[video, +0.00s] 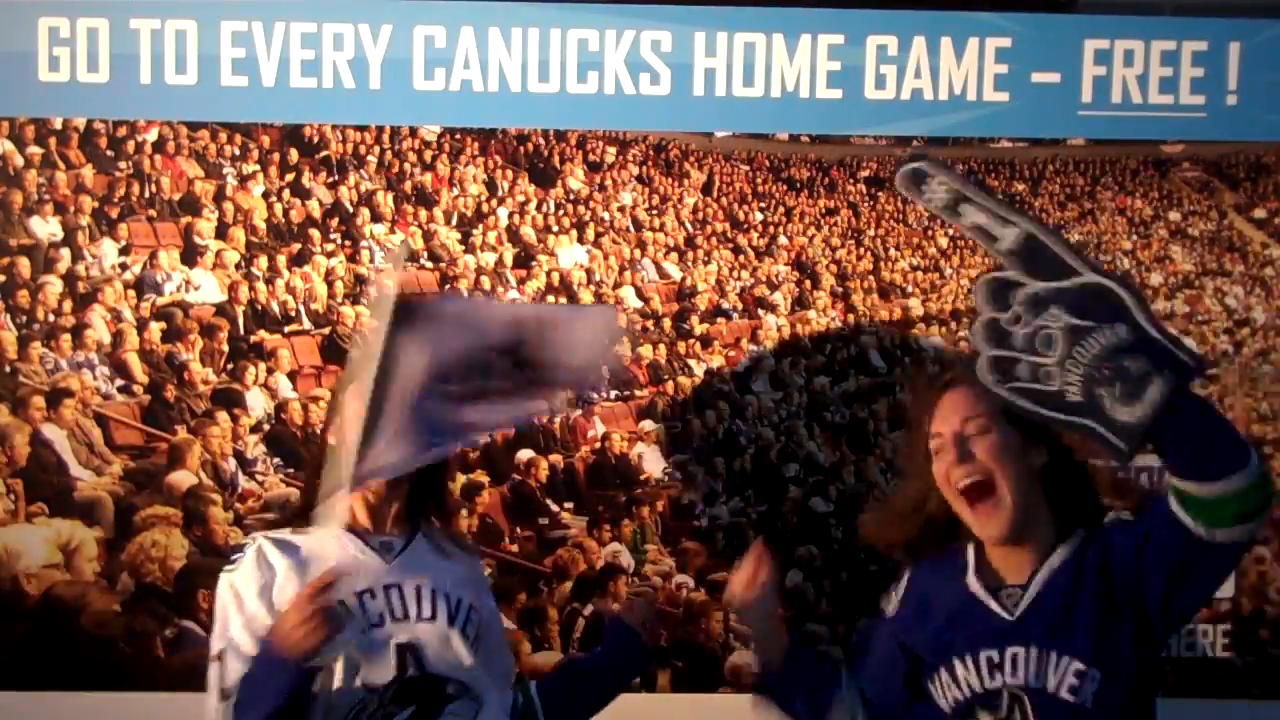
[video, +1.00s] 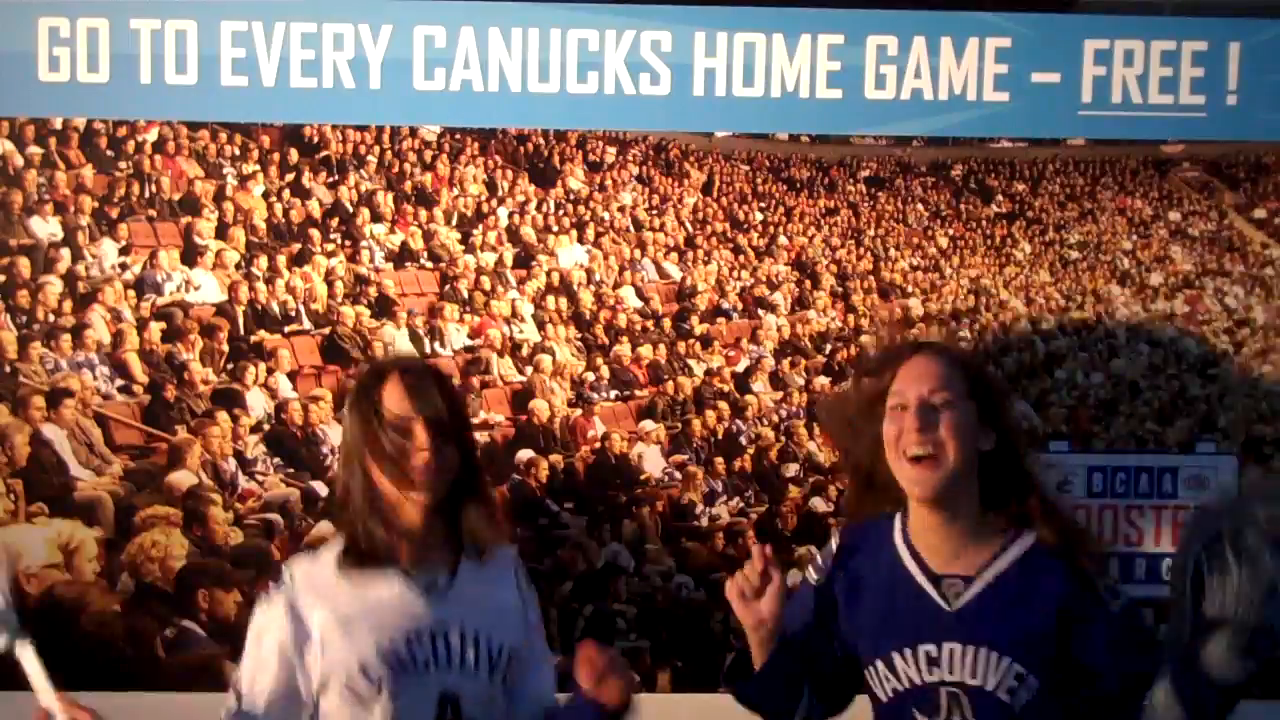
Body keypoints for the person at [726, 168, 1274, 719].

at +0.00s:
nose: (958, 454)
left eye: (979, 431)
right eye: (942, 446)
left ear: (1037, 446)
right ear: (934, 478)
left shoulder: (1123, 570)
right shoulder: (923, 596)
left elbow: (1230, 504)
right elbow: (858, 710)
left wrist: (1135, 383)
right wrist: (774, 646)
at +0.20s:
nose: (921, 395)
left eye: (949, 376)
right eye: (918, 379)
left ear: (1014, 409)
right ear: (910, 401)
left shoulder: (1087, 540)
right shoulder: (889, 520)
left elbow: (1149, 686)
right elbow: (748, 532)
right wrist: (746, 403)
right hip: (924, 712)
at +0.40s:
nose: (898, 423)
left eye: (924, 408)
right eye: (904, 407)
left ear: (995, 439)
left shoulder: (1085, 599)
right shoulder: (892, 554)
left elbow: (1123, 719)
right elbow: (754, 577)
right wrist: (747, 457)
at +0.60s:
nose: (895, 434)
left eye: (919, 412)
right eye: (893, 413)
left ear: (986, 428)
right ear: (887, 426)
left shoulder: (1094, 560)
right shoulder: (901, 589)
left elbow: (1245, 593)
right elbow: (886, 713)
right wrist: (799, 660)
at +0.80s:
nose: (909, 410)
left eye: (935, 393)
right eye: (898, 393)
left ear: (984, 417)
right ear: (883, 413)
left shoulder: (1059, 552)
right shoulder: (872, 557)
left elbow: (1126, 688)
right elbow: (846, 697)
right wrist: (781, 626)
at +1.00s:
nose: (914, 424)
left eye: (938, 405)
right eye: (898, 408)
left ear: (983, 432)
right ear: (881, 434)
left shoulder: (1057, 575)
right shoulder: (856, 561)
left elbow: (1124, 692)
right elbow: (808, 704)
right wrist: (765, 639)